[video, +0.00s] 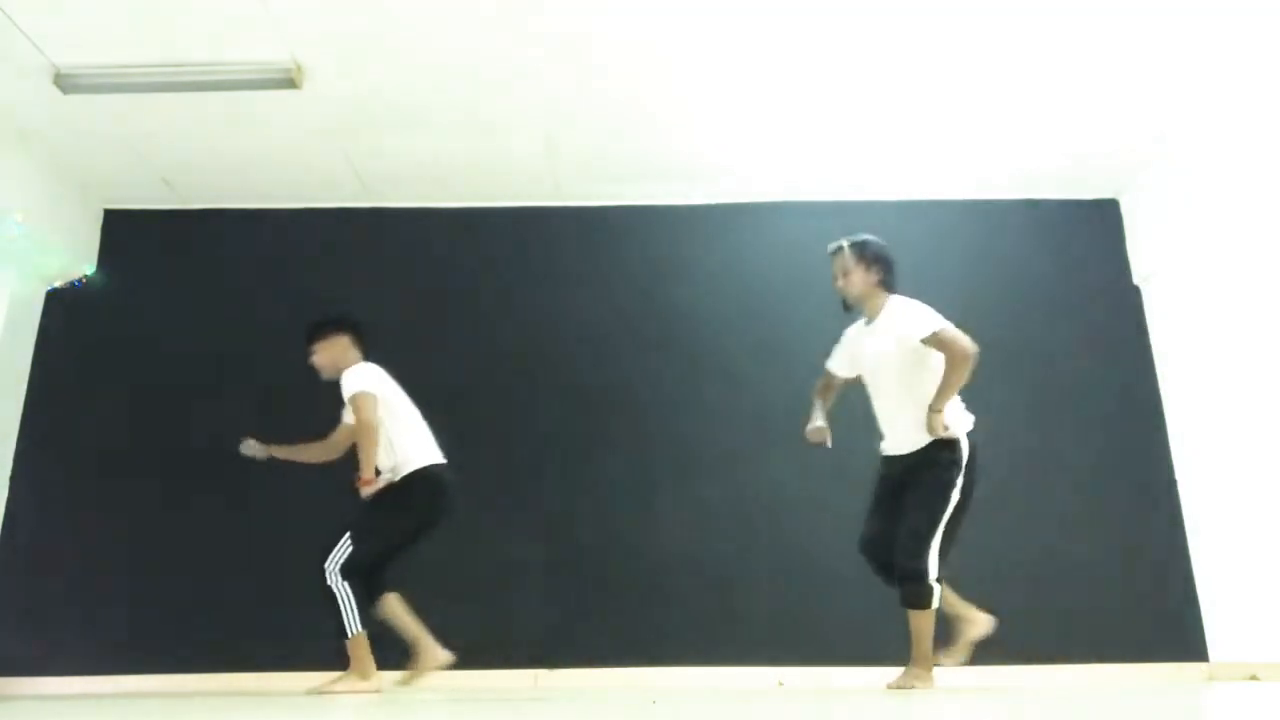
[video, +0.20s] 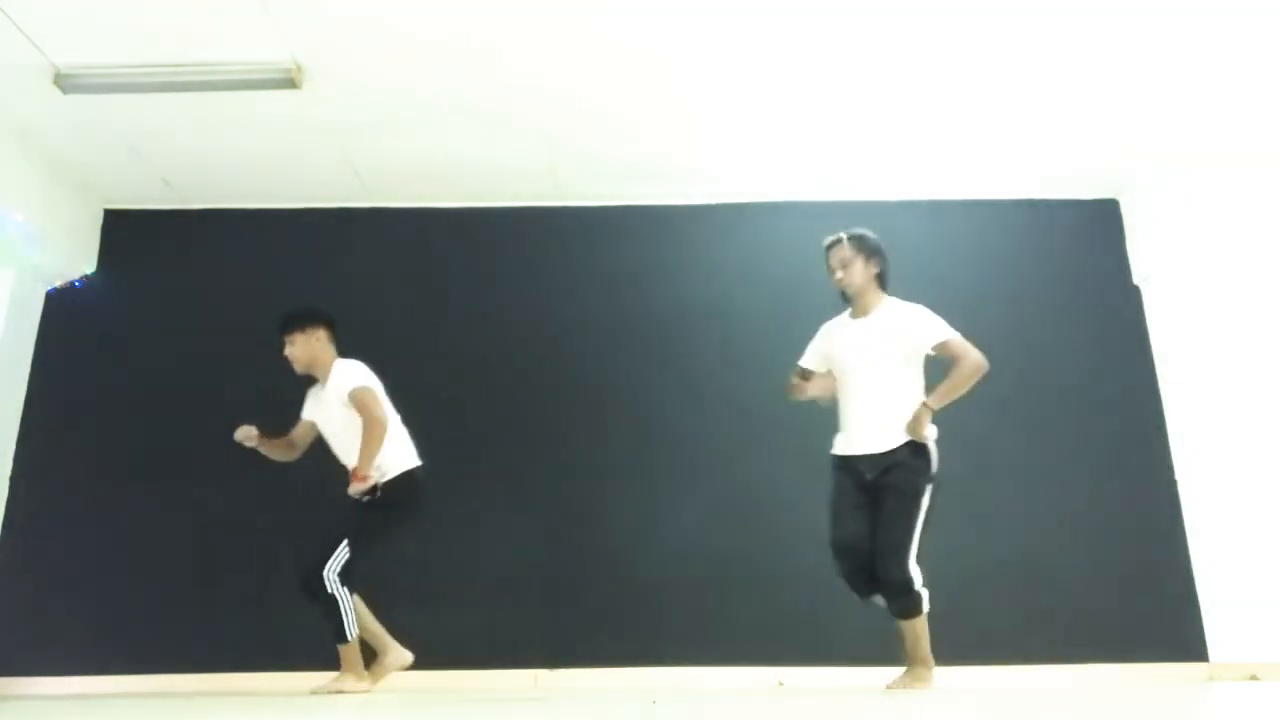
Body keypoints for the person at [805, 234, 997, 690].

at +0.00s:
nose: (839, 283)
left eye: (845, 272)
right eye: (836, 274)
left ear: (874, 271)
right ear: (856, 279)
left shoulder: (907, 313)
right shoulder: (855, 337)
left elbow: (963, 351)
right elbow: (827, 385)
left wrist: (937, 407)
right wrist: (817, 417)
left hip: (942, 451)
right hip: (897, 457)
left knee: (914, 556)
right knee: (879, 549)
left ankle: (921, 670)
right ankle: (970, 617)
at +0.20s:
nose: (837, 276)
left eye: (844, 265)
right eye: (833, 270)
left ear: (872, 264)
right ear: (832, 277)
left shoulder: (911, 317)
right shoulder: (832, 332)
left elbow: (974, 362)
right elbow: (798, 389)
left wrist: (929, 405)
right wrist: (841, 384)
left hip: (905, 454)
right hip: (851, 460)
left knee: (894, 565)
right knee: (851, 561)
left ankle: (920, 667)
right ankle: (909, 604)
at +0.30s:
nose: (837, 273)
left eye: (845, 262)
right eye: (831, 268)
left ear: (872, 264)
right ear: (829, 276)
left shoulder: (904, 323)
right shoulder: (823, 329)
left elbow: (965, 371)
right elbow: (775, 381)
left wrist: (916, 406)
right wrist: (793, 346)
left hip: (886, 456)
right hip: (829, 459)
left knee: (884, 571)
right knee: (819, 541)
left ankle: (918, 665)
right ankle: (869, 596)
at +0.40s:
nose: (827, 269)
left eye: (835, 260)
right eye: (823, 265)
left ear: (863, 264)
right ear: (820, 275)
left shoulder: (893, 324)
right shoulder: (810, 323)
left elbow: (949, 372)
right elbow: (746, 339)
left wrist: (900, 401)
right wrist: (766, 290)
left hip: (867, 455)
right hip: (807, 453)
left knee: (887, 572)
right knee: (769, 528)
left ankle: (916, 664)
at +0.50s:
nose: (809, 264)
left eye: (818, 255)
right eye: (805, 259)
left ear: (845, 264)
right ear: (803, 269)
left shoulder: (872, 325)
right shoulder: (784, 318)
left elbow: (930, 369)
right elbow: (721, 301)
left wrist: (880, 397)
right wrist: (728, 241)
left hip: (847, 455)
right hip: (784, 453)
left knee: (883, 564)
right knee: (730, 534)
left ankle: (914, 665)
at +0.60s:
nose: (776, 260)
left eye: (785, 251)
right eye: (772, 253)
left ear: (813, 259)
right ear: (770, 263)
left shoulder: (842, 321)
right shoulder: (750, 311)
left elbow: (900, 364)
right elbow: (687, 277)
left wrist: (852, 395)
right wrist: (674, 219)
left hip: (821, 453)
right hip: (756, 451)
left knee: (865, 557)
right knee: (707, 542)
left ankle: (910, 657)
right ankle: (645, 650)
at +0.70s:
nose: (726, 253)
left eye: (737, 245)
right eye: (723, 248)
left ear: (766, 254)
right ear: (719, 259)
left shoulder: (798, 317)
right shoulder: (706, 311)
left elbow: (863, 357)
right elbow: (640, 282)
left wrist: (821, 398)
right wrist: (605, 227)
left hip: (794, 459)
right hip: (727, 461)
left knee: (852, 559)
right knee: (672, 555)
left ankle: (906, 653)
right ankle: (618, 665)